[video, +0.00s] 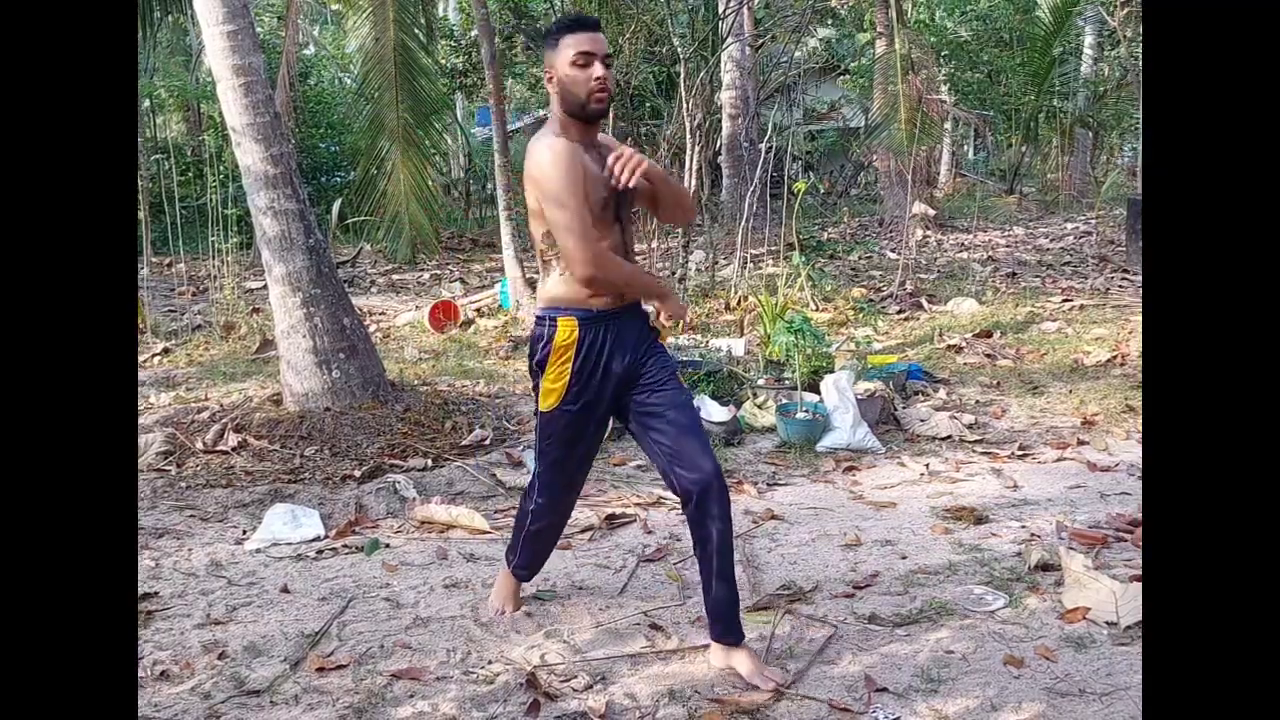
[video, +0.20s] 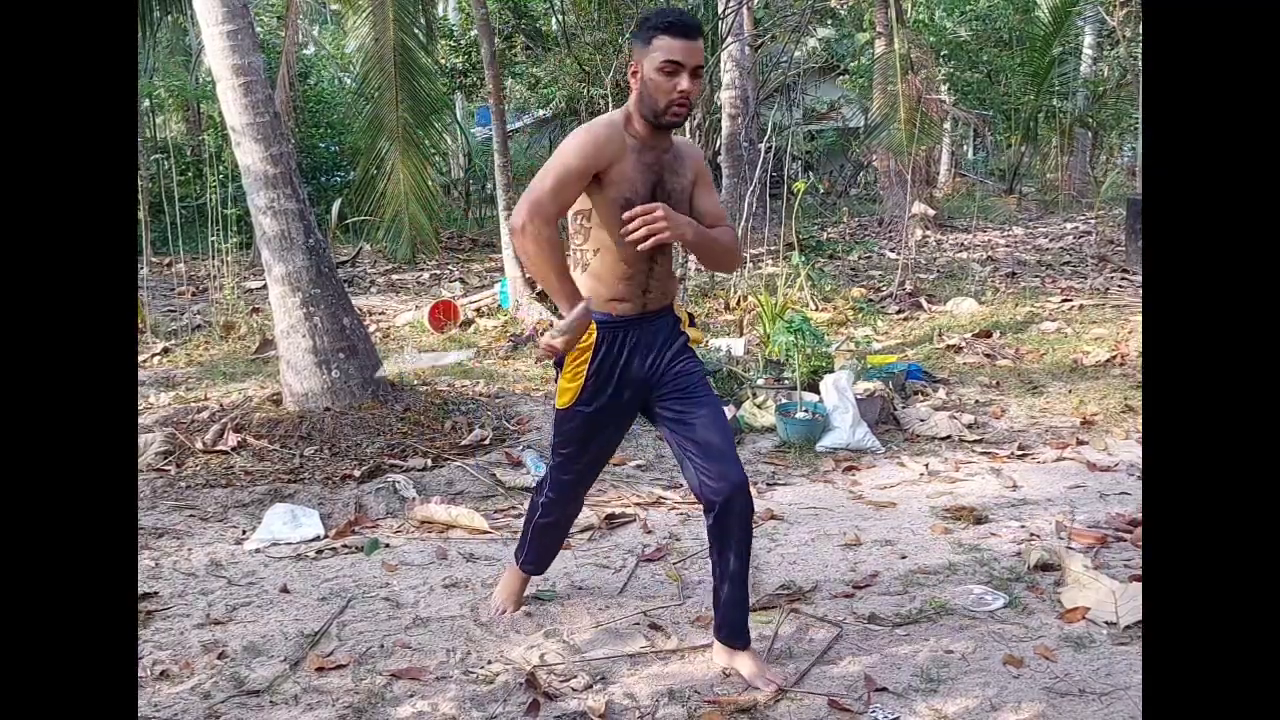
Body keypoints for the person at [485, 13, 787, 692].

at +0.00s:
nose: (601, 73)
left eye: (606, 61)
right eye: (583, 62)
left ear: (610, 72)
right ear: (548, 77)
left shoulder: (605, 147)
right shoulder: (553, 153)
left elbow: (683, 213)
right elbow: (588, 265)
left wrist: (651, 173)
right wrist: (660, 290)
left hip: (633, 334)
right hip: (574, 338)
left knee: (703, 479)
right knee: (555, 489)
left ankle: (727, 641)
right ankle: (511, 579)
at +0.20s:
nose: (686, 86)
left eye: (694, 73)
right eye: (670, 70)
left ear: (699, 78)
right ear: (633, 72)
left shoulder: (688, 158)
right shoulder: (599, 141)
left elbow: (730, 255)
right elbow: (530, 220)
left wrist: (686, 230)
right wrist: (572, 310)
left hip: (666, 340)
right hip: (601, 342)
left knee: (729, 488)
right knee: (565, 483)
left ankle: (732, 644)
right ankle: (521, 573)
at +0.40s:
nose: (722, 78)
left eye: (737, 61)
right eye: (706, 61)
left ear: (752, 60)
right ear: (674, 57)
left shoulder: (766, 145)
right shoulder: (625, 129)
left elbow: (777, 258)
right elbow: (538, 201)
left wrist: (671, 254)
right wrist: (558, 236)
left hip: (714, 336)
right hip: (630, 332)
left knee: (741, 497)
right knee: (578, 477)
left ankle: (731, 644)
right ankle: (562, 574)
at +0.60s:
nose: (707, 71)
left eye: (724, 53)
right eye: (690, 52)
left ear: (743, 46)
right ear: (664, 46)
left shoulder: (763, 134)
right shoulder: (630, 126)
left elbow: (732, 263)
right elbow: (558, 216)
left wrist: (626, 254)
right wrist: (586, 117)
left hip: (740, 334)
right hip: (654, 331)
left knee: (748, 503)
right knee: (604, 493)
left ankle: (732, 641)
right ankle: (551, 660)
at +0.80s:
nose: (705, 59)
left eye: (723, 42)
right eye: (690, 41)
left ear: (745, 41)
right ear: (665, 41)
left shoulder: (775, 129)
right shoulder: (622, 117)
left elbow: (819, 239)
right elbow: (530, 160)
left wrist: (730, 252)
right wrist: (512, 138)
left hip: (735, 338)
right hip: (645, 333)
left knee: (751, 512)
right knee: (603, 500)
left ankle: (733, 644)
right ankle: (556, 661)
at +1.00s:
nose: (694, 69)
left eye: (714, 53)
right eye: (681, 49)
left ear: (740, 55)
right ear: (662, 50)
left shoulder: (758, 137)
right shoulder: (625, 135)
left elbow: (842, 212)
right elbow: (611, 253)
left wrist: (849, 145)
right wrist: (712, 218)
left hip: (706, 347)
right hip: (625, 345)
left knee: (757, 516)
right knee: (568, 513)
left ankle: (730, 640)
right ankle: (490, 654)